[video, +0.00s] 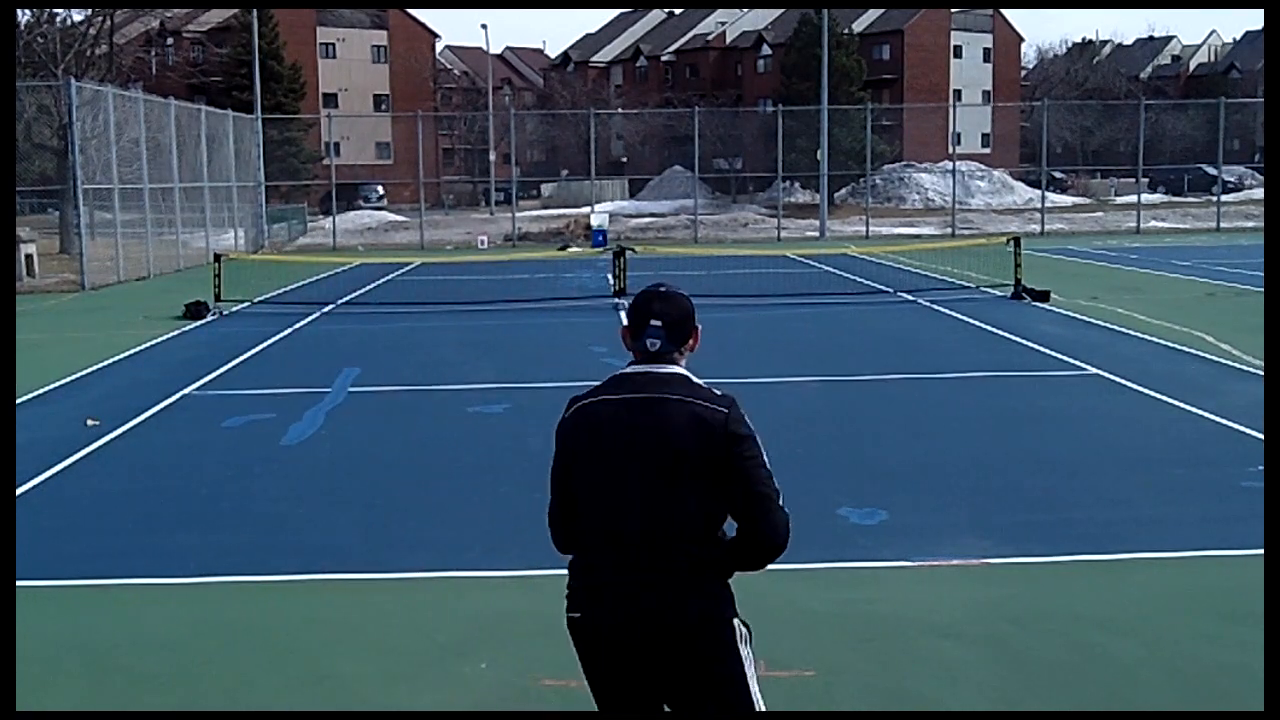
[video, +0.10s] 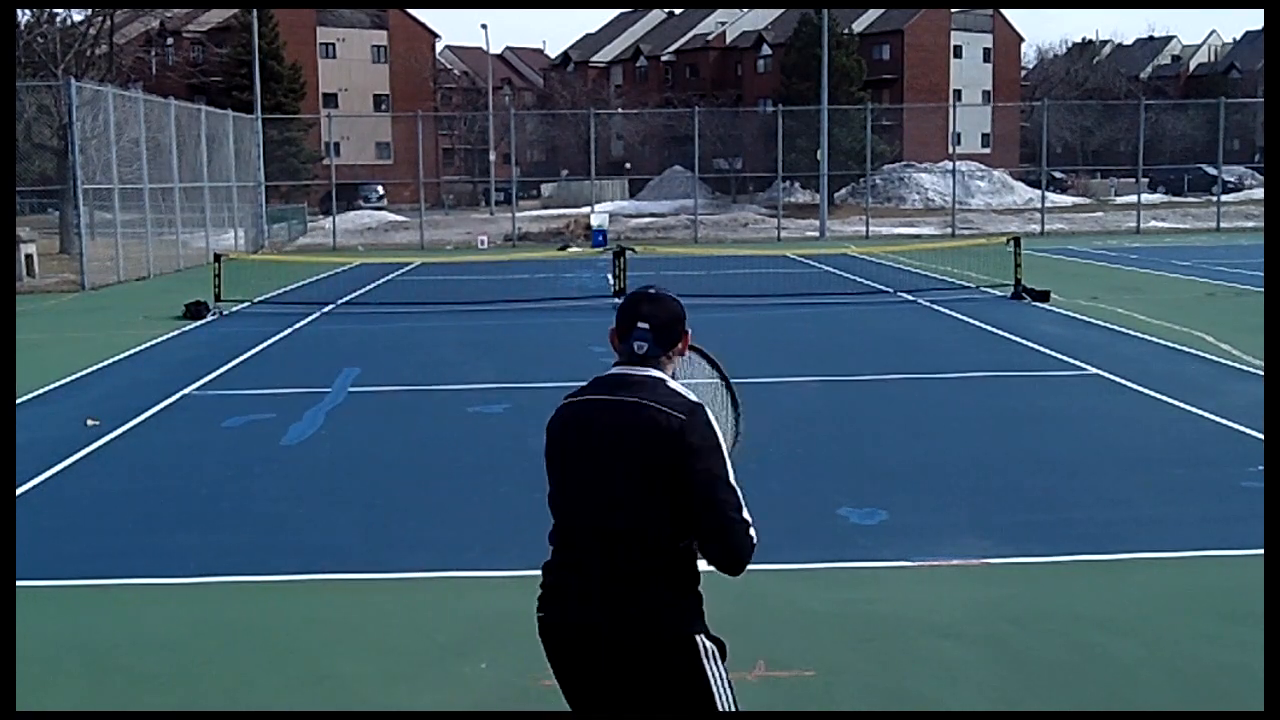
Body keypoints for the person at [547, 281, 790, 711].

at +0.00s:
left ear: (625, 336)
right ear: (693, 338)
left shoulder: (581, 411)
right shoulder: (718, 411)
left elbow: (564, 535)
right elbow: (769, 534)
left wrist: (626, 540)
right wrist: (712, 559)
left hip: (604, 622)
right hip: (696, 623)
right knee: (731, 713)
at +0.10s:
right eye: (685, 343)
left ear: (613, 340)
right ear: (683, 346)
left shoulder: (566, 412)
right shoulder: (685, 414)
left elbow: (573, 514)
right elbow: (734, 553)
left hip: (569, 619)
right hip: (661, 624)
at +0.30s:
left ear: (591, 344)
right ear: (664, 353)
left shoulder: (551, 410)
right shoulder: (647, 426)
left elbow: (610, 525)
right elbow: (678, 576)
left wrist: (707, 487)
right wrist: (737, 545)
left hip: (509, 632)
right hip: (593, 643)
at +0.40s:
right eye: (667, 360)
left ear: (584, 359)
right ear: (659, 369)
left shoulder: (546, 419)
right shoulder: (635, 446)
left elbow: (611, 535)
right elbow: (672, 596)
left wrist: (707, 496)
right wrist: (747, 553)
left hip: (477, 649)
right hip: (551, 667)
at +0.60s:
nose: (638, 386)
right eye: (641, 377)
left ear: (562, 369)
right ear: (632, 389)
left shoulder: (527, 426)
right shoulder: (580, 451)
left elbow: (607, 539)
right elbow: (602, 601)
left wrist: (711, 540)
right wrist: (720, 566)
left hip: (426, 652)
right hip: (476, 674)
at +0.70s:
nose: (617, 400)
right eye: (621, 390)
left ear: (545, 376)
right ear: (612, 397)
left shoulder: (524, 431)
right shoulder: (548, 452)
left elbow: (586, 533)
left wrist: (687, 563)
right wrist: (671, 572)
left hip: (410, 656)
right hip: (443, 674)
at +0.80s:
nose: (602, 417)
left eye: (600, 405)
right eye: (603, 408)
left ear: (530, 389)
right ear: (594, 413)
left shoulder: (507, 443)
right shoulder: (523, 465)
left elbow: (562, 530)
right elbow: (493, 583)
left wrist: (653, 576)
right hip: (403, 676)